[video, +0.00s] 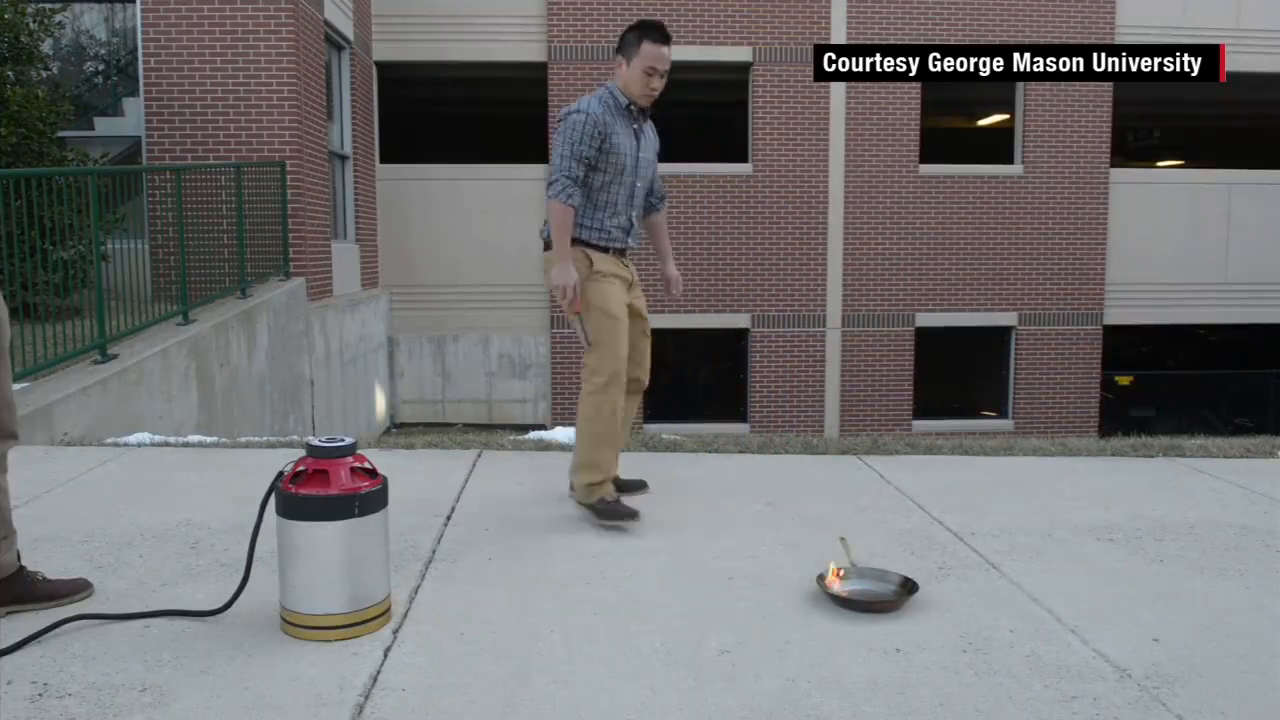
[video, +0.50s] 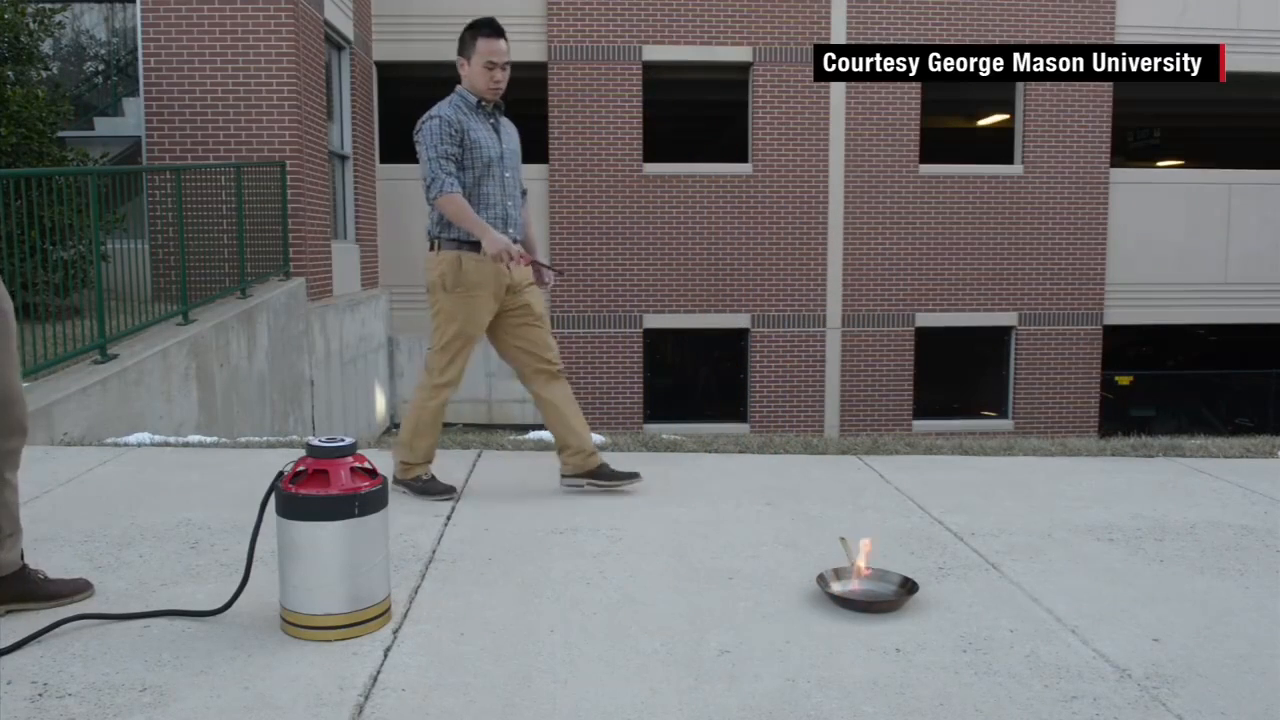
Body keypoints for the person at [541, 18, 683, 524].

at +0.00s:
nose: (657, 84)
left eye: (664, 75)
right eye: (649, 72)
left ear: (666, 73)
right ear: (619, 65)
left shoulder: (646, 131)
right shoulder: (586, 116)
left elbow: (652, 204)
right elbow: (562, 189)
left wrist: (667, 262)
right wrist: (561, 260)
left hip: (622, 263)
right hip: (588, 260)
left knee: (633, 373)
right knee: (607, 368)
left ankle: (602, 471)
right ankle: (591, 485)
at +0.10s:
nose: (633, 74)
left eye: (638, 65)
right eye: (624, 63)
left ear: (640, 64)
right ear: (595, 58)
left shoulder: (627, 126)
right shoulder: (563, 110)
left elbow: (637, 197)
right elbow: (545, 184)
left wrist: (649, 256)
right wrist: (554, 252)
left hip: (610, 259)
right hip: (572, 254)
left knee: (618, 372)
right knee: (581, 366)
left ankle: (594, 474)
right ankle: (539, 471)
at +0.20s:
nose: (595, 68)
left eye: (600, 60)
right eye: (586, 58)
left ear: (603, 62)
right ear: (557, 56)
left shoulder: (594, 122)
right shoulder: (532, 111)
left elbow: (606, 195)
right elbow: (523, 184)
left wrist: (618, 252)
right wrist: (541, 246)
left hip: (594, 261)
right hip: (548, 257)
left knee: (606, 370)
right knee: (536, 367)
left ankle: (592, 473)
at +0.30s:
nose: (568, 71)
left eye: (573, 62)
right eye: (558, 61)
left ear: (576, 64)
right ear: (530, 61)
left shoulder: (569, 125)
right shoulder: (508, 117)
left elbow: (580, 201)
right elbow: (504, 191)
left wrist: (598, 254)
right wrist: (533, 246)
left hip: (576, 266)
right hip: (527, 264)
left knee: (602, 371)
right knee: (500, 373)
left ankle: (593, 474)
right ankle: (430, 446)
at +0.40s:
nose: (525, 77)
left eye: (531, 68)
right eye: (515, 67)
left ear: (536, 69)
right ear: (487, 68)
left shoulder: (532, 133)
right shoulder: (467, 124)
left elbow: (539, 204)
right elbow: (468, 198)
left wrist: (560, 256)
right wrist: (510, 239)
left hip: (538, 268)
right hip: (487, 269)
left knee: (574, 370)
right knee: (464, 374)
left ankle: (592, 472)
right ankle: (413, 465)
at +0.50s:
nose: (499, 76)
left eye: (505, 66)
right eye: (489, 65)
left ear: (510, 69)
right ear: (462, 67)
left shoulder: (507, 129)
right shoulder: (440, 121)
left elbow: (516, 202)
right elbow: (442, 193)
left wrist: (534, 257)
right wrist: (486, 232)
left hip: (511, 265)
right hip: (463, 264)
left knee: (544, 366)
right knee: (442, 373)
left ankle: (582, 462)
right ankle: (410, 469)